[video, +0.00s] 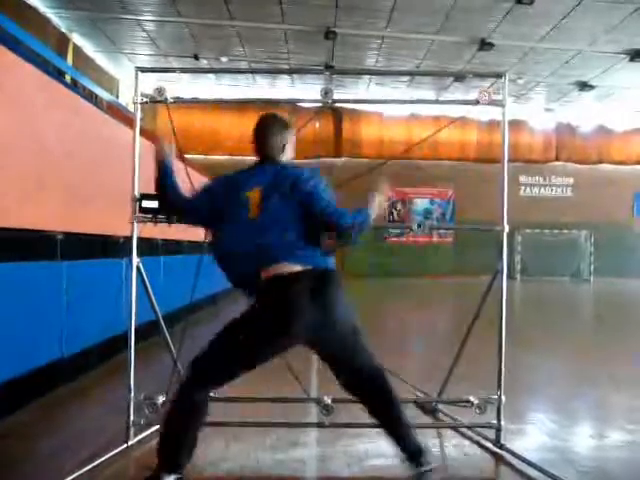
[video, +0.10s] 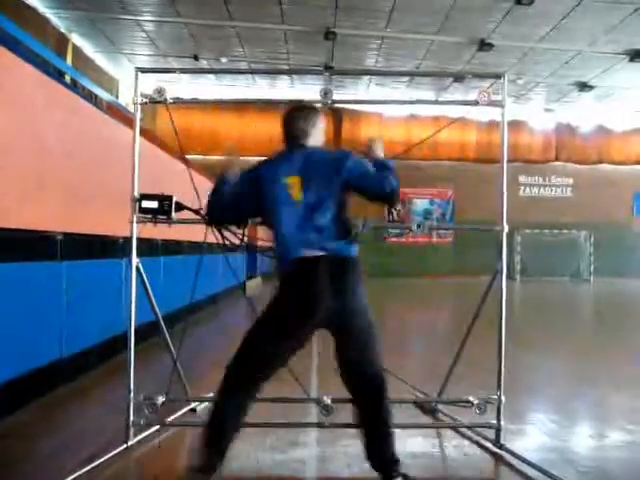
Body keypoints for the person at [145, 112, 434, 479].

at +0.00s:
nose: (294, 146)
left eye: (292, 141)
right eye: (292, 141)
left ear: (254, 145)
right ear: (287, 145)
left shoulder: (226, 189)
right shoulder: (302, 179)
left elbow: (177, 206)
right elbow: (341, 225)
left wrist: (164, 160)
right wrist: (373, 207)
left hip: (275, 301)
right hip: (322, 292)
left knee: (200, 378)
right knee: (364, 374)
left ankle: (169, 468)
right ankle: (417, 456)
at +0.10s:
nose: (324, 132)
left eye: (321, 126)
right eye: (322, 127)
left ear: (285, 133)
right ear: (317, 131)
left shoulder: (266, 173)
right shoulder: (338, 162)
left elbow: (218, 214)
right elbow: (387, 190)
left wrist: (226, 179)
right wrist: (379, 160)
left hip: (299, 290)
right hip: (346, 288)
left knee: (245, 372)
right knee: (367, 377)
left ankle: (208, 461)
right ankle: (387, 465)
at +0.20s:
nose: (347, 137)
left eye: (345, 131)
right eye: (344, 131)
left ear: (307, 132)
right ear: (336, 133)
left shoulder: (274, 164)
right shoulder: (350, 168)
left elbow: (230, 157)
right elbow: (400, 203)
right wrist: (402, 171)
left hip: (307, 292)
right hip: (355, 289)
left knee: (261, 380)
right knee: (404, 353)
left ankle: (235, 468)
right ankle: (406, 451)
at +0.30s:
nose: (372, 129)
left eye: (368, 122)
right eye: (371, 123)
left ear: (337, 124)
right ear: (366, 125)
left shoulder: (303, 154)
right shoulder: (383, 159)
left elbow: (254, 149)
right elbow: (439, 174)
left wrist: (266, 118)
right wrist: (446, 142)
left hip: (322, 286)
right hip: (371, 283)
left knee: (276, 372)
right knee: (439, 342)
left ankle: (221, 464)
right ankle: (439, 438)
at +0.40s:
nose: (421, 141)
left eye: (418, 135)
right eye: (418, 136)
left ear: (385, 142)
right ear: (411, 142)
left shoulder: (359, 175)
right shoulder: (428, 169)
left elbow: (310, 201)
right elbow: (466, 146)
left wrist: (315, 174)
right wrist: (483, 108)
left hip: (354, 297)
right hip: (399, 299)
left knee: (296, 369)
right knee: (450, 374)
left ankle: (226, 449)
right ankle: (478, 458)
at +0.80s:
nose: (360, 133)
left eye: (360, 126)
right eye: (368, 125)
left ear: (362, 130)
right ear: (395, 129)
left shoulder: (345, 167)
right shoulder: (418, 163)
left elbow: (299, 206)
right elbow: (462, 144)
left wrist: (294, 173)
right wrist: (422, 121)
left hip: (341, 290)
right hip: (389, 293)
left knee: (290, 358)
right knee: (427, 375)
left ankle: (279, 460)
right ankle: (434, 466)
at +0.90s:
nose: (322, 123)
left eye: (324, 117)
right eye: (329, 116)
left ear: (328, 120)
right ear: (357, 117)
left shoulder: (315, 162)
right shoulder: (390, 154)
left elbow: (257, 186)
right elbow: (442, 146)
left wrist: (242, 156)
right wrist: (419, 112)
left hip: (331, 288)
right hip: (382, 287)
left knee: (255, 341)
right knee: (423, 371)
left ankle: (238, 440)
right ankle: (444, 462)